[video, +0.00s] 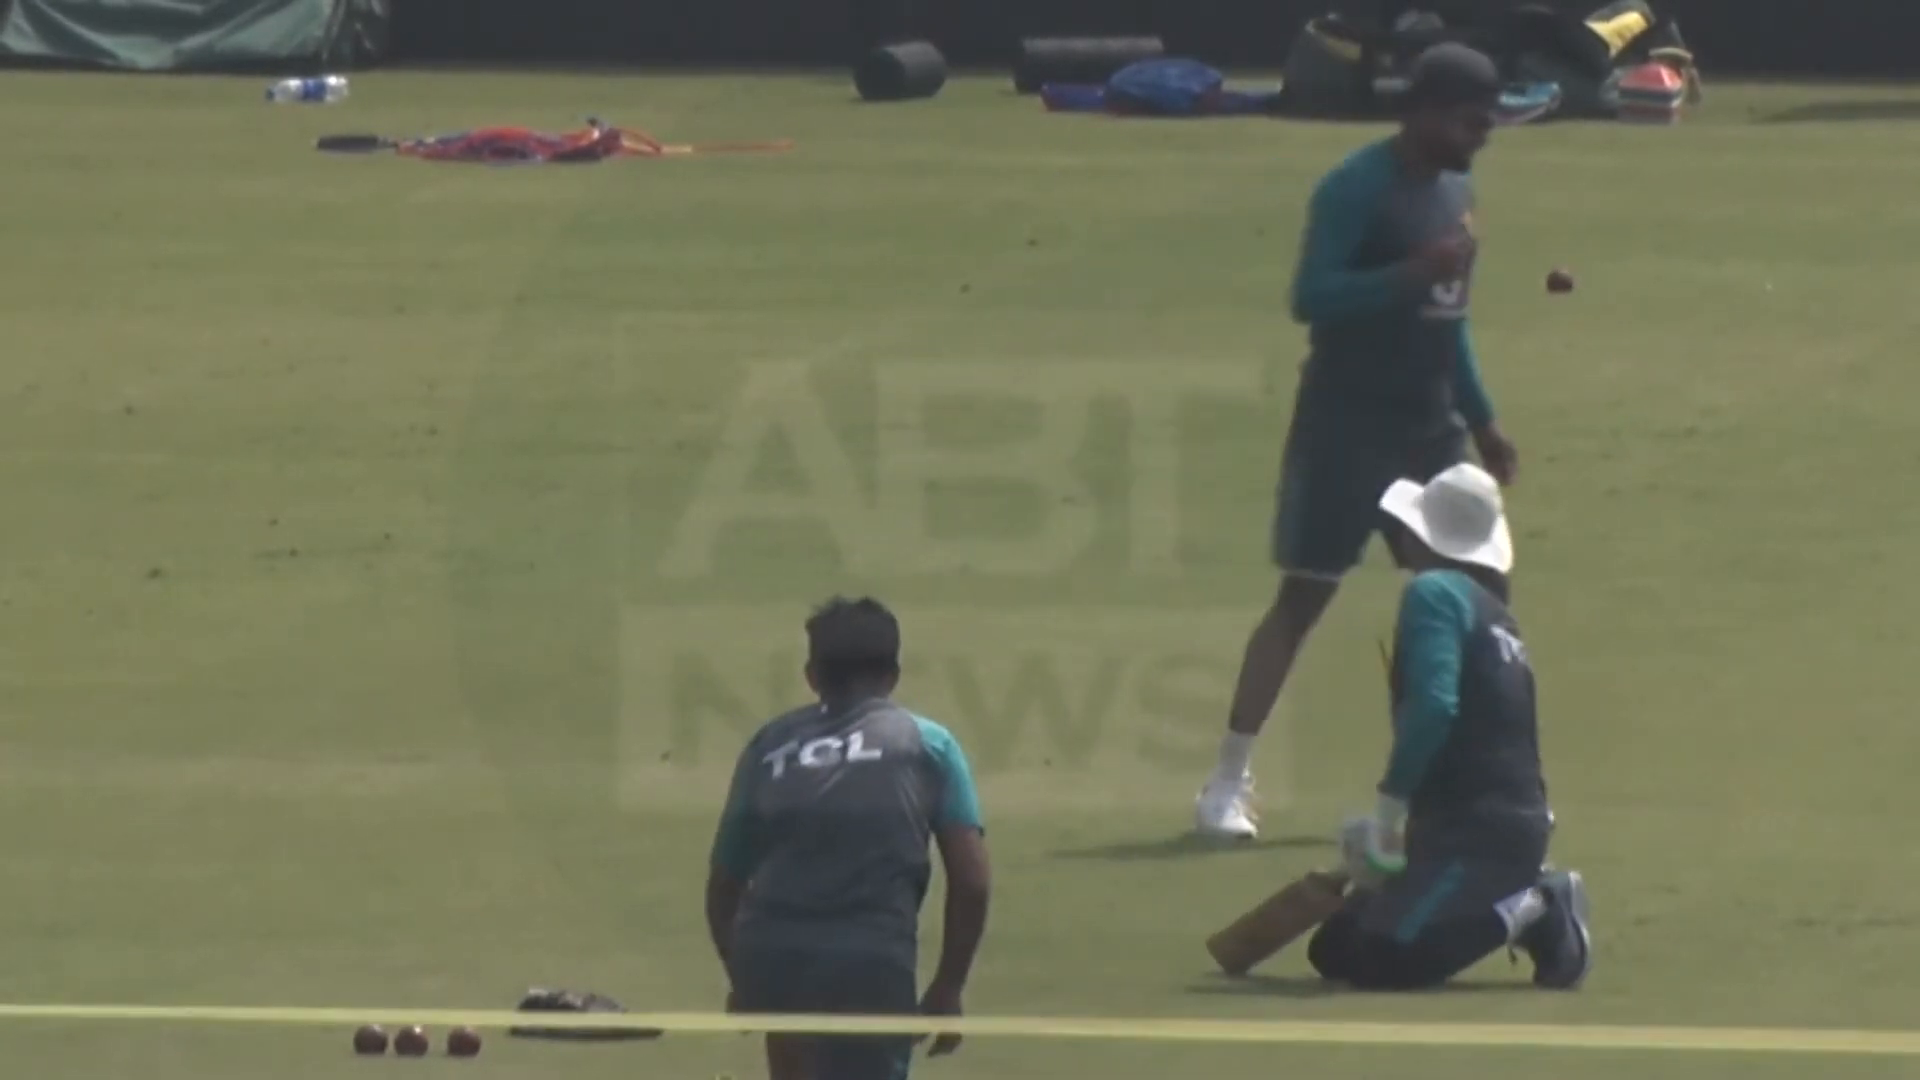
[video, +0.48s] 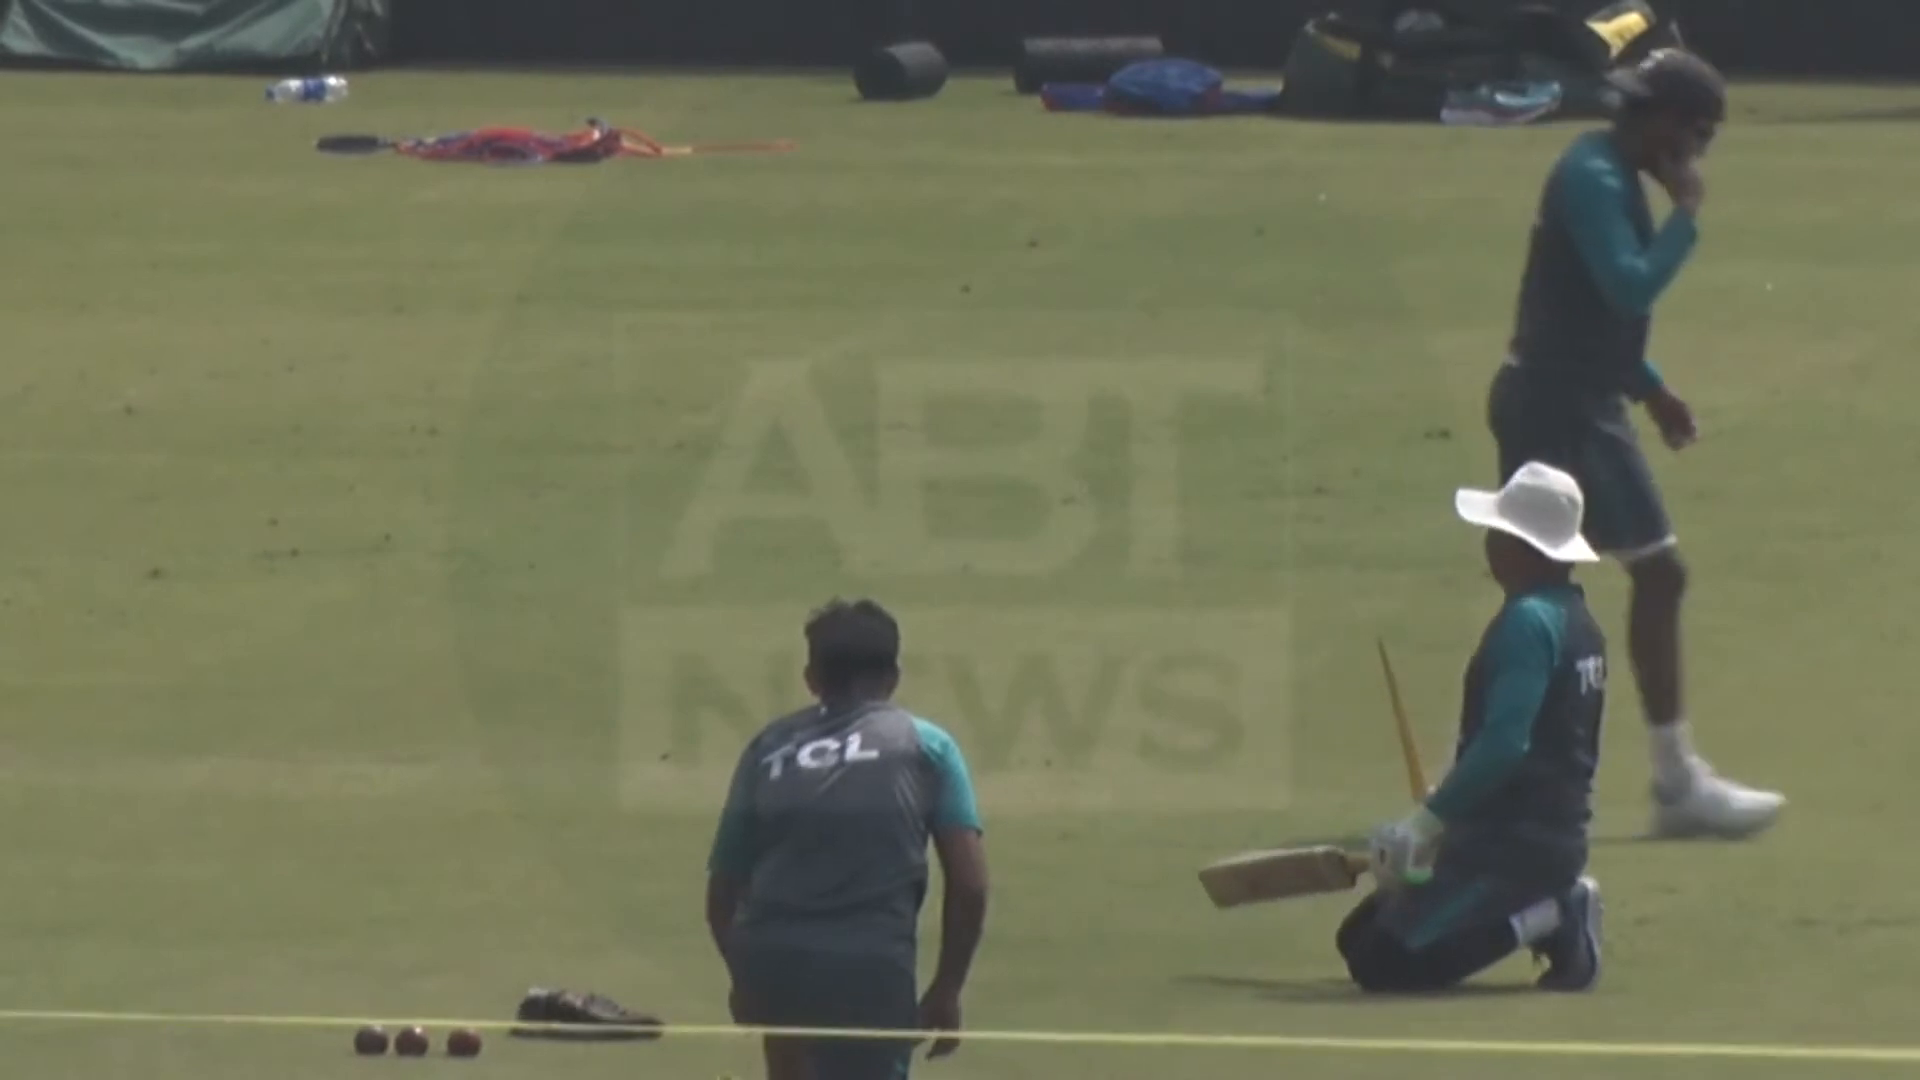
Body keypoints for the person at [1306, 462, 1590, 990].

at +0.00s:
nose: (1393, 536)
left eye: (1404, 527)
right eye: (1397, 525)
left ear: (1430, 536)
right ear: (1472, 543)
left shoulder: (1436, 590)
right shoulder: (1486, 609)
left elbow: (1436, 705)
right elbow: (1467, 749)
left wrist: (1389, 808)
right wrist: (1388, 841)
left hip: (1481, 836)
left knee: (1370, 964)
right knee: (1338, 950)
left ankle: (1533, 909)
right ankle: (1531, 904)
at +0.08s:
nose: (1429, 541)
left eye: (1435, 530)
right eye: (1431, 528)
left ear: (1452, 540)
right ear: (1501, 544)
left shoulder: (1467, 599)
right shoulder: (1513, 612)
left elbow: (1470, 718)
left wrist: (1406, 810)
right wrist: (1408, 837)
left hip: (1494, 846)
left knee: (1371, 961)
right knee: (1349, 947)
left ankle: (1541, 912)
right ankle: (1541, 906)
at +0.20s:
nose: (1454, 557)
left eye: (1464, 544)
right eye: (1458, 542)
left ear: (1489, 550)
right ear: (1523, 551)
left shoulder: (1505, 614)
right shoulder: (1529, 612)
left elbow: (1498, 737)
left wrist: (1422, 811)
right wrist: (1417, 838)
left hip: (1512, 850)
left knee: (1382, 964)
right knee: (1355, 945)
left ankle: (1550, 914)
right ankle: (1539, 909)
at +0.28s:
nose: (1467, 555)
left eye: (1474, 542)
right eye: (1467, 542)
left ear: (1501, 548)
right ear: (1535, 549)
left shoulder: (1515, 617)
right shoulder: (1550, 616)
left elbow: (1500, 742)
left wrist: (1425, 816)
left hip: (1516, 853)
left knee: (1386, 965)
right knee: (1360, 940)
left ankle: (1553, 914)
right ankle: (1538, 910)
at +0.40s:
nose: (1480, 550)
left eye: (1488, 538)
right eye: (1482, 537)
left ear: (1510, 549)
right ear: (1549, 552)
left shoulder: (1523, 620)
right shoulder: (1569, 617)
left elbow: (1501, 744)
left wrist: (1425, 820)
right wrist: (1421, 834)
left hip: (1515, 853)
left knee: (1384, 963)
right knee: (1364, 938)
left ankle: (1554, 915)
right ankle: (1545, 909)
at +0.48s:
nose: (1486, 548)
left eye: (1496, 536)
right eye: (1489, 535)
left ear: (1526, 548)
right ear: (1554, 550)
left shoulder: (1529, 620)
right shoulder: (1571, 616)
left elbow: (1504, 744)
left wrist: (1422, 823)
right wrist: (1427, 832)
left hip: (1516, 851)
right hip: (1541, 846)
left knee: (1381, 962)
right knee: (1366, 939)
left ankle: (1553, 915)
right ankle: (1547, 910)